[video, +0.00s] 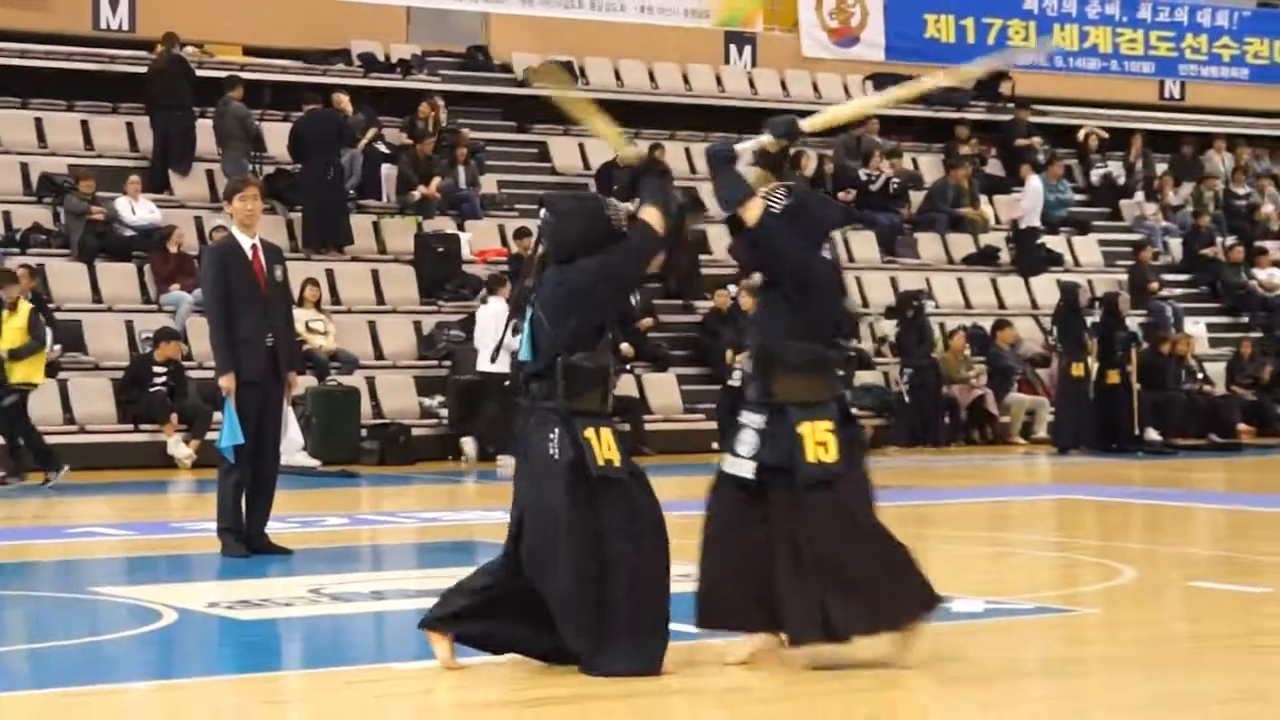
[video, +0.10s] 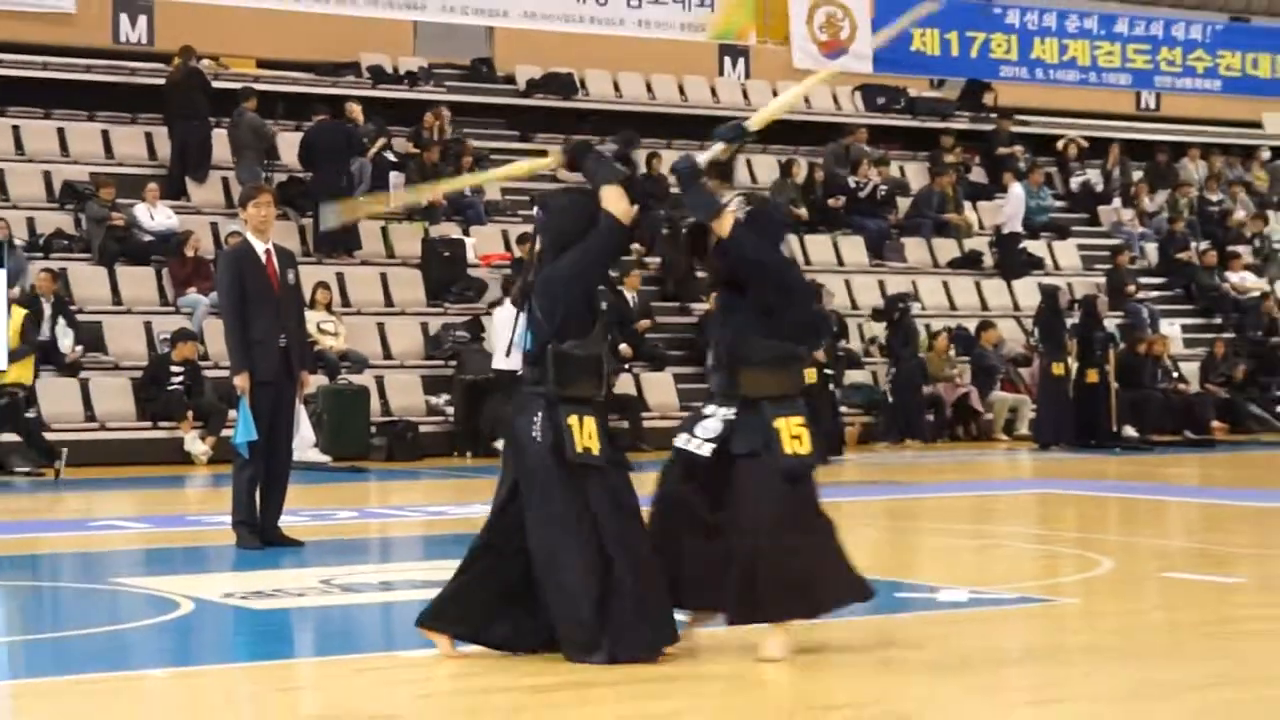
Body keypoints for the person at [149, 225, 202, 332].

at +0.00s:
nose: (180, 240)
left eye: (181, 237)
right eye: (177, 236)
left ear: (182, 239)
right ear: (168, 239)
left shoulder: (186, 257)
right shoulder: (157, 257)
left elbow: (194, 280)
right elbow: (162, 276)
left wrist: (181, 285)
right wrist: (172, 255)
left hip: (188, 291)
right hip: (166, 292)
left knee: (206, 295)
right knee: (187, 300)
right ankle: (176, 336)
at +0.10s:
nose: (198, 243)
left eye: (198, 240)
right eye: (195, 240)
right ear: (186, 242)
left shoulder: (202, 261)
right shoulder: (175, 261)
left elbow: (211, 283)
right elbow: (179, 279)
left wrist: (197, 289)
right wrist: (189, 258)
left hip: (205, 293)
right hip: (184, 294)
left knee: (224, 299)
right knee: (204, 303)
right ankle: (193, 337)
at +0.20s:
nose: (209, 247)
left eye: (209, 244)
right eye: (206, 244)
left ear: (208, 247)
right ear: (197, 246)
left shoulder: (213, 264)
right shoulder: (186, 264)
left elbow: (221, 286)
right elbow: (191, 280)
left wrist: (207, 290)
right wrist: (201, 261)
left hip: (216, 295)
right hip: (194, 296)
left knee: (233, 301)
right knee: (214, 304)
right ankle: (204, 338)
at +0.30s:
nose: (215, 248)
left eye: (215, 245)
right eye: (212, 245)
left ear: (216, 248)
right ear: (203, 247)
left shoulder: (220, 265)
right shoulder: (194, 264)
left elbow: (228, 287)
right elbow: (199, 281)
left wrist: (215, 291)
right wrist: (208, 262)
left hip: (222, 295)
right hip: (202, 296)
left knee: (239, 301)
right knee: (221, 304)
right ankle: (211, 336)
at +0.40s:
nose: (220, 249)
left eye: (221, 246)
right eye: (217, 246)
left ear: (222, 248)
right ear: (209, 248)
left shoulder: (226, 265)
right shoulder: (201, 265)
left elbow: (234, 286)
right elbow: (205, 282)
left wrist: (221, 291)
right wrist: (213, 263)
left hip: (228, 295)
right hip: (209, 296)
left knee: (245, 301)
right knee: (227, 304)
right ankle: (218, 337)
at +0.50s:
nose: (227, 250)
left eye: (228, 247)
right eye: (224, 247)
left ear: (231, 249)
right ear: (217, 249)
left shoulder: (235, 267)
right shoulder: (210, 266)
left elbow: (242, 288)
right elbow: (214, 282)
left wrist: (230, 292)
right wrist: (223, 264)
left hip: (237, 297)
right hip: (217, 298)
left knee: (254, 302)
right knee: (236, 305)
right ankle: (226, 336)